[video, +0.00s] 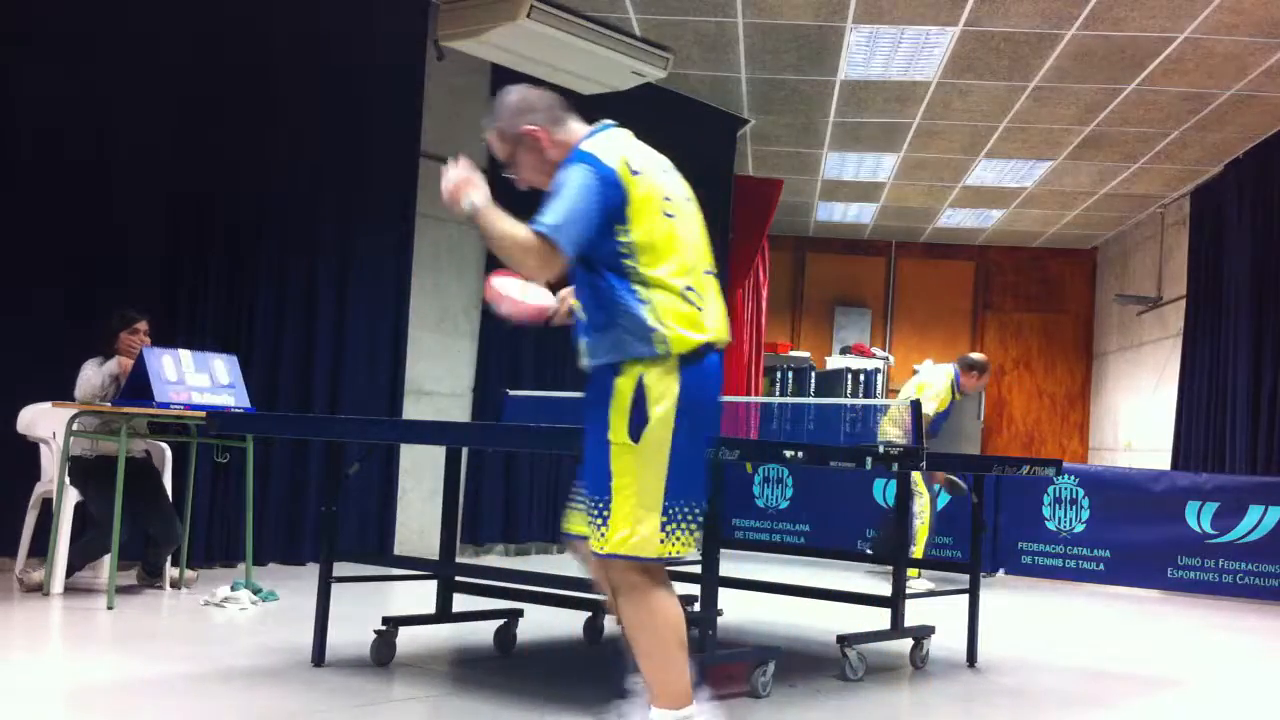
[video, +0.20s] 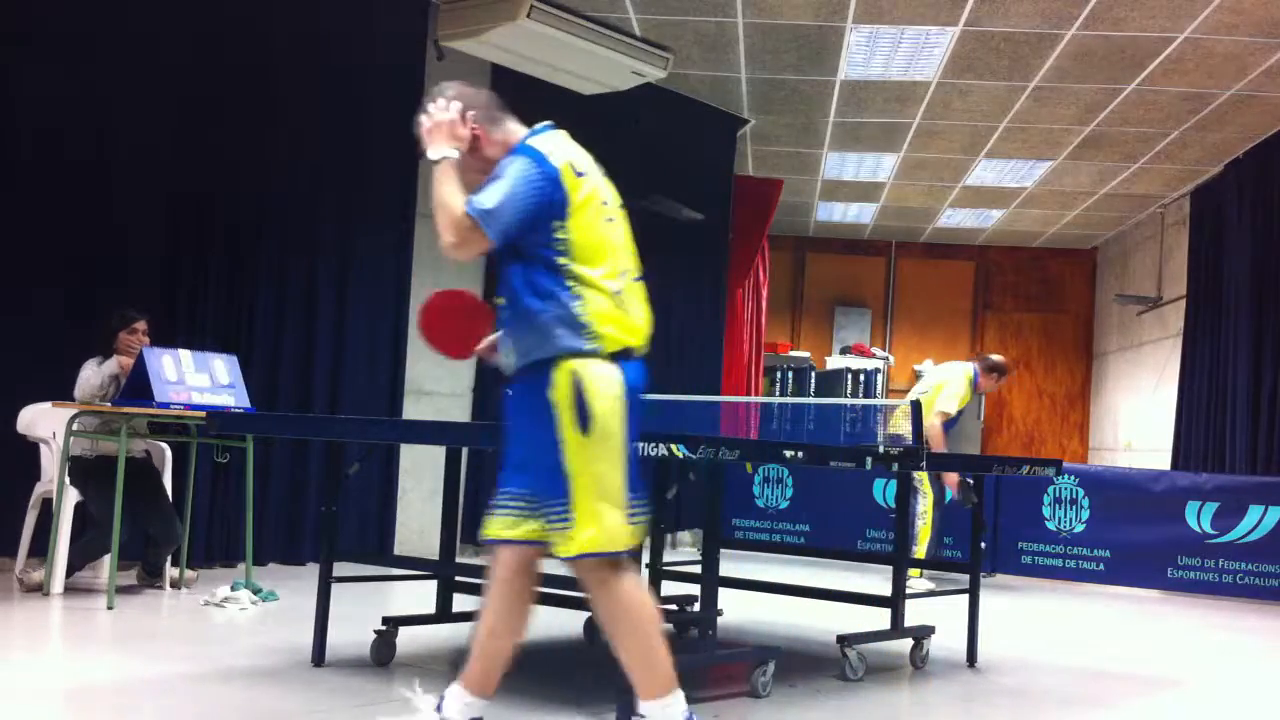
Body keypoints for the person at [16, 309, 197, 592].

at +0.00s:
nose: (140, 339)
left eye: (145, 334)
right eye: (133, 333)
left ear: (149, 340)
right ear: (116, 336)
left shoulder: (152, 371)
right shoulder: (96, 367)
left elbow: (172, 398)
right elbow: (84, 394)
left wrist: (152, 367)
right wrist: (116, 368)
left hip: (134, 458)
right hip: (91, 458)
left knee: (170, 531)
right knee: (111, 530)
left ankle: (152, 571)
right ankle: (53, 573)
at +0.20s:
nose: (139, 339)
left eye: (144, 334)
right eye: (132, 332)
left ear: (149, 339)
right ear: (115, 336)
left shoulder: (153, 371)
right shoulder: (96, 367)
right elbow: (83, 394)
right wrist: (117, 367)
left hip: (134, 458)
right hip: (91, 457)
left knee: (169, 532)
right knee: (111, 530)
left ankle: (151, 572)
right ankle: (53, 573)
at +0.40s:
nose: (139, 338)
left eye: (144, 333)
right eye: (131, 332)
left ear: (148, 338)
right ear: (112, 336)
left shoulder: (153, 369)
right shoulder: (97, 366)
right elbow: (83, 394)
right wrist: (112, 364)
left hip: (134, 457)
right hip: (91, 457)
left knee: (170, 532)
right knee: (112, 530)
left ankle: (152, 571)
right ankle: (53, 573)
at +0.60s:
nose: (138, 339)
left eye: (142, 333)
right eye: (130, 333)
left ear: (147, 336)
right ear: (114, 334)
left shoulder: (151, 367)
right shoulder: (103, 365)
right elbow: (82, 396)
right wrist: (99, 354)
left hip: (134, 457)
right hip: (91, 457)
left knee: (169, 531)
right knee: (113, 529)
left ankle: (152, 572)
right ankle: (52, 573)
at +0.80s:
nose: (138, 339)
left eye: (142, 333)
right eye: (130, 332)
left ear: (147, 337)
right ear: (112, 335)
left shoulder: (150, 367)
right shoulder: (100, 365)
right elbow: (83, 397)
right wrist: (92, 358)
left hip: (134, 457)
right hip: (91, 457)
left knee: (169, 531)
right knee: (112, 529)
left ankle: (152, 571)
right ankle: (53, 573)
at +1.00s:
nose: (138, 341)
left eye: (143, 335)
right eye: (132, 335)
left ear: (149, 340)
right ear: (118, 338)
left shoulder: (155, 370)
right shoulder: (100, 368)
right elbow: (83, 400)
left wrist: (147, 358)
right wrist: (98, 368)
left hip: (136, 457)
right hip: (92, 456)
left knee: (170, 515)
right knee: (113, 525)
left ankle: (153, 570)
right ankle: (52, 573)